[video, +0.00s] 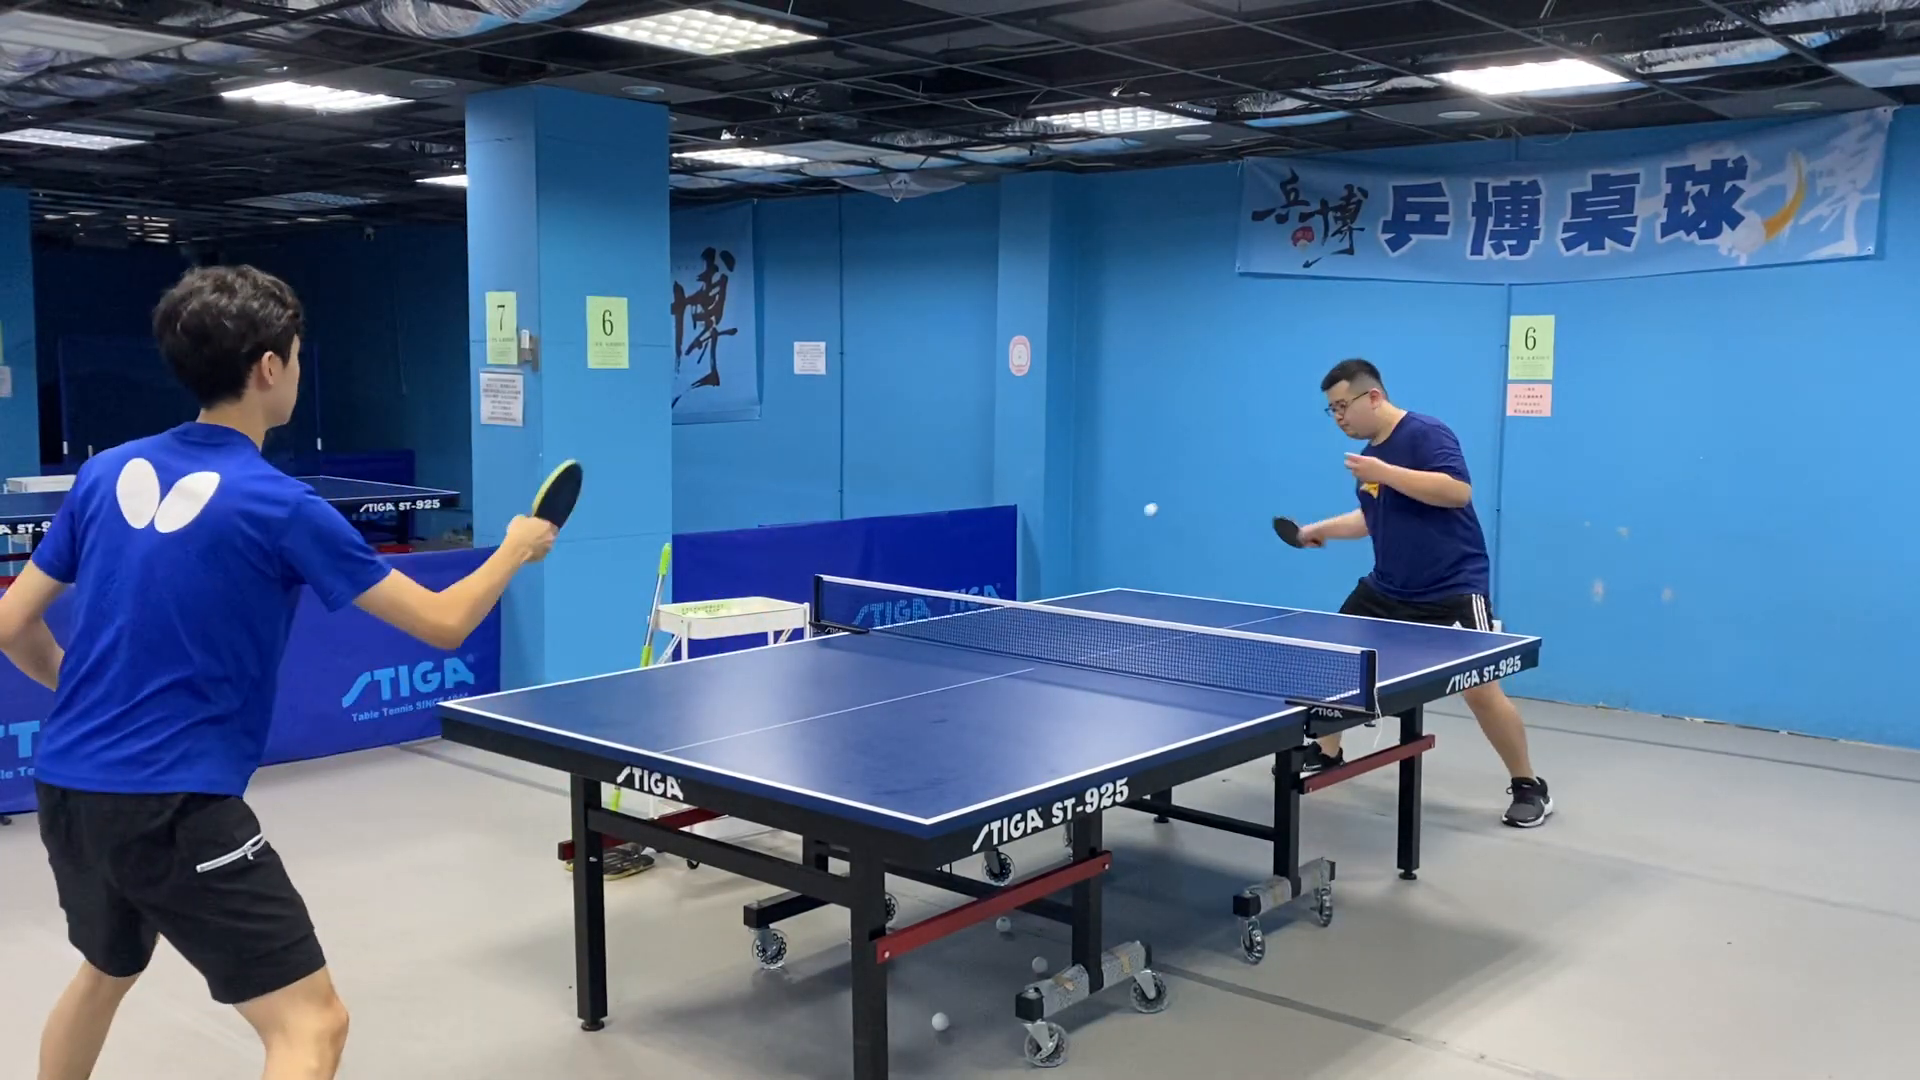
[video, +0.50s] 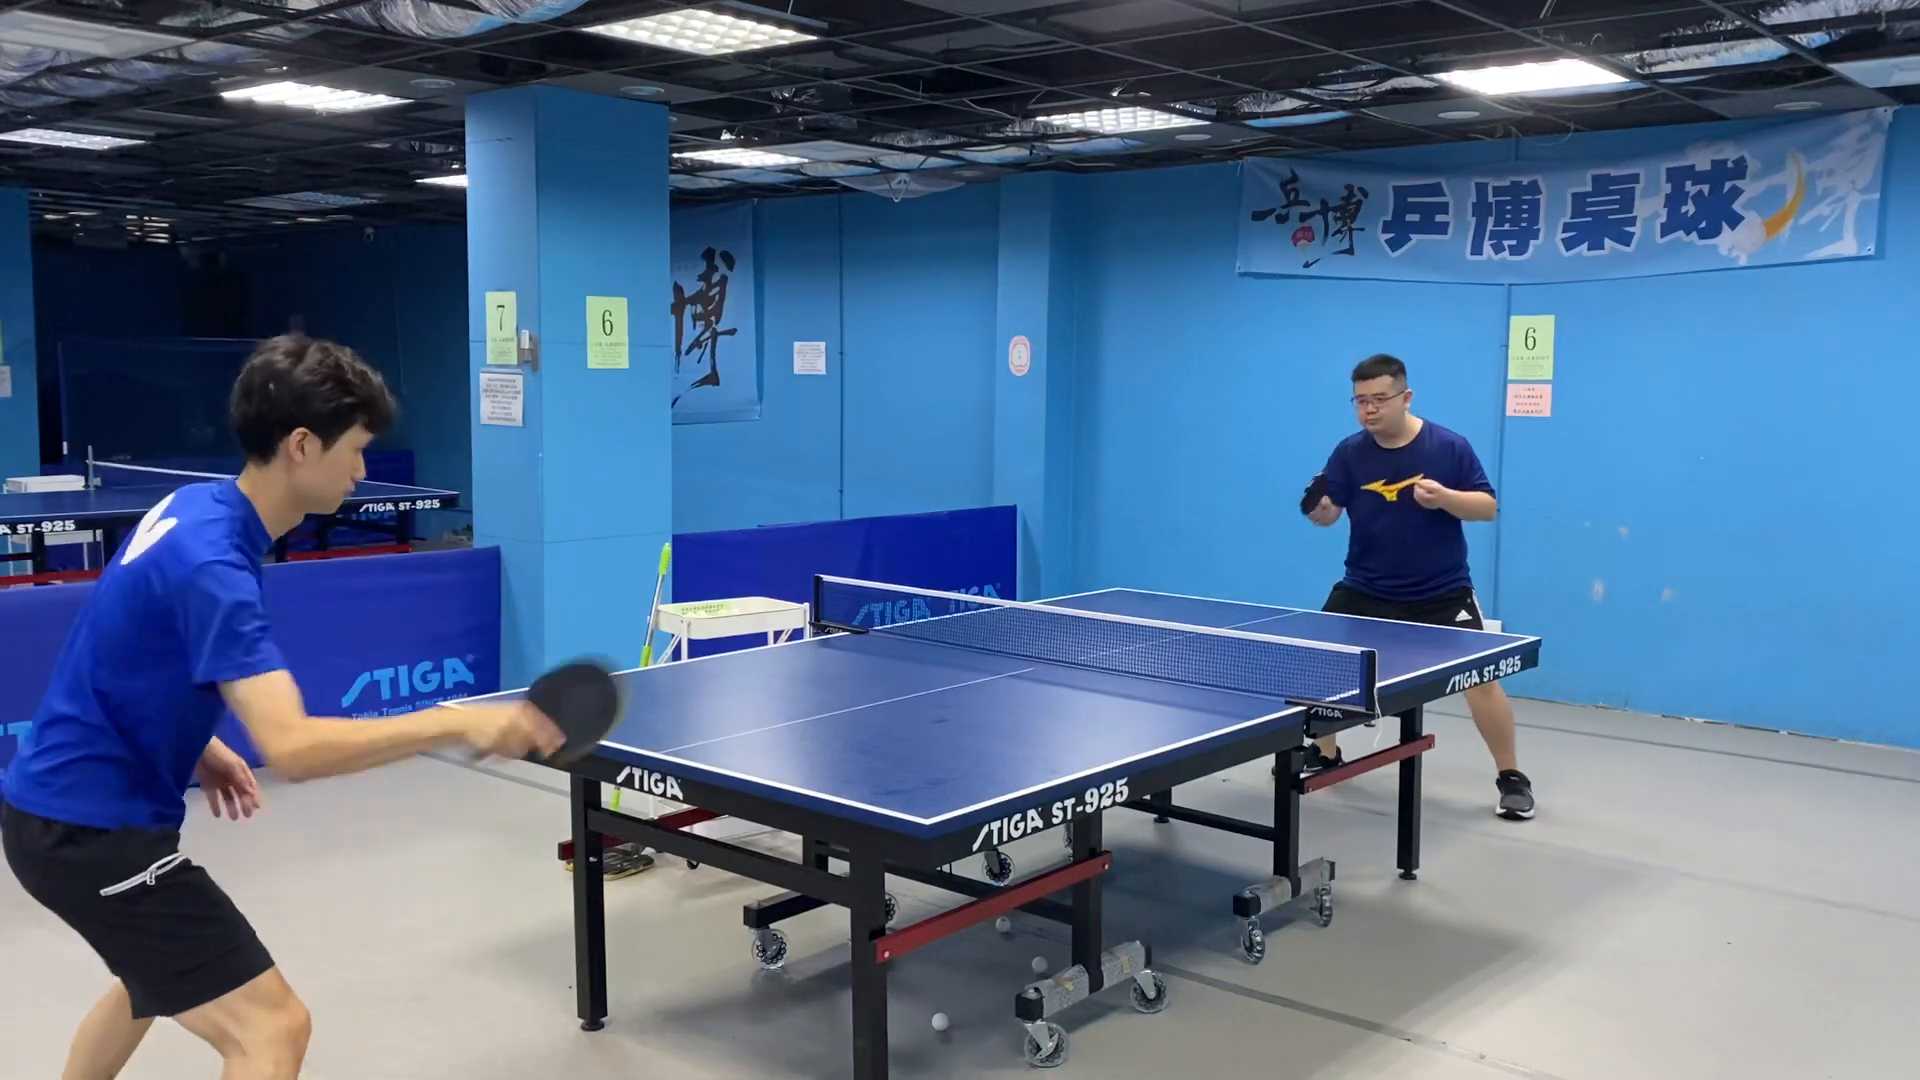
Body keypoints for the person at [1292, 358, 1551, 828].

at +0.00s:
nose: (1337, 419)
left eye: (1341, 407)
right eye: (1332, 411)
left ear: (1374, 398)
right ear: (1364, 405)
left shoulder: (1428, 433)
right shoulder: (1367, 455)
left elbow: (1459, 492)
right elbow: (1374, 518)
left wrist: (1385, 474)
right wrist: (1321, 530)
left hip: (1453, 590)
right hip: (1386, 588)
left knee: (1479, 688)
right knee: (1327, 658)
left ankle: (1526, 785)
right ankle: (1327, 751)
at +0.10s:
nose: (1335, 415)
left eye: (1341, 403)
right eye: (1331, 406)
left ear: (1374, 394)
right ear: (1341, 406)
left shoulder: (1431, 433)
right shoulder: (1348, 455)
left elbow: (1474, 488)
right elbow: (1313, 503)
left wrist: (1402, 479)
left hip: (1445, 589)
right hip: (1372, 587)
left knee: (1479, 683)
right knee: (1316, 657)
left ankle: (1523, 783)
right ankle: (1324, 750)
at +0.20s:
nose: (1336, 408)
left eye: (1344, 398)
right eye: (1331, 401)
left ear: (1375, 392)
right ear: (1330, 402)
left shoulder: (1429, 436)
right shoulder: (1336, 446)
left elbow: (1473, 492)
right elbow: (1292, 482)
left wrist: (1417, 478)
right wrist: (1286, 454)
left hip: (1436, 586)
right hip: (1362, 583)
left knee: (1475, 675)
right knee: (1308, 656)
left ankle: (1518, 780)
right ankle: (1323, 751)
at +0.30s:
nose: (1346, 405)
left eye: (1355, 395)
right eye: (1340, 397)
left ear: (1384, 391)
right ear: (1337, 399)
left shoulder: (1433, 437)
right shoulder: (1337, 439)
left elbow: (1474, 496)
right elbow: (1303, 488)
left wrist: (1427, 480)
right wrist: (1327, 463)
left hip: (1431, 588)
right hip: (1354, 585)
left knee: (1474, 671)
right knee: (1308, 657)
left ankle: (1509, 775)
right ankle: (1324, 751)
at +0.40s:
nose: (1357, 406)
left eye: (1368, 397)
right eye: (1351, 398)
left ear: (1396, 394)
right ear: (1347, 399)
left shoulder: (1442, 442)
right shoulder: (1343, 445)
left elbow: (1481, 499)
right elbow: (1311, 503)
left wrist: (1438, 489)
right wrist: (1329, 484)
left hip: (1434, 589)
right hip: (1357, 587)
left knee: (1475, 670)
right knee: (1310, 656)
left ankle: (1510, 775)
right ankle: (1324, 751)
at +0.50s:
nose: (1367, 408)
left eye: (1377, 399)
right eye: (1360, 400)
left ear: (1405, 398)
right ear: (1355, 403)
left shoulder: (1448, 447)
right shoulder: (1350, 454)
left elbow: (1488, 508)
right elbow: (1327, 516)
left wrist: (1447, 499)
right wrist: (1316, 504)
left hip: (1441, 594)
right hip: (1364, 591)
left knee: (1479, 675)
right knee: (1315, 660)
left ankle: (1510, 776)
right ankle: (1325, 752)